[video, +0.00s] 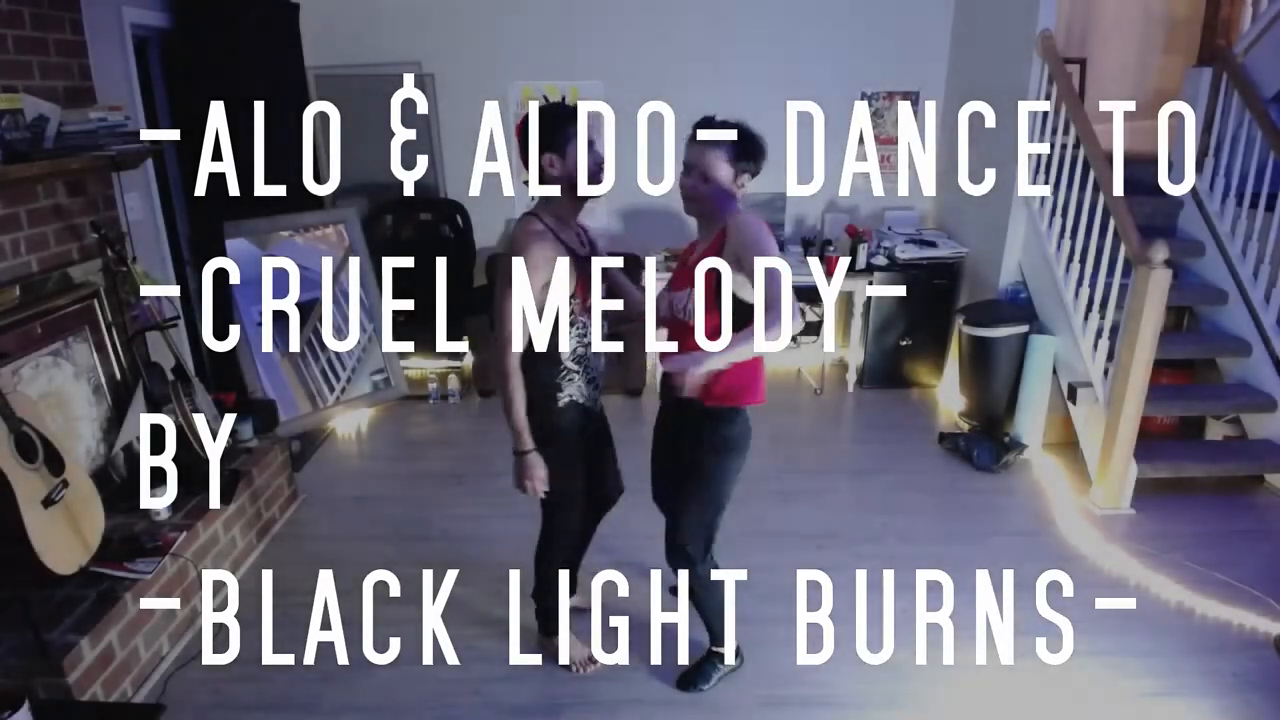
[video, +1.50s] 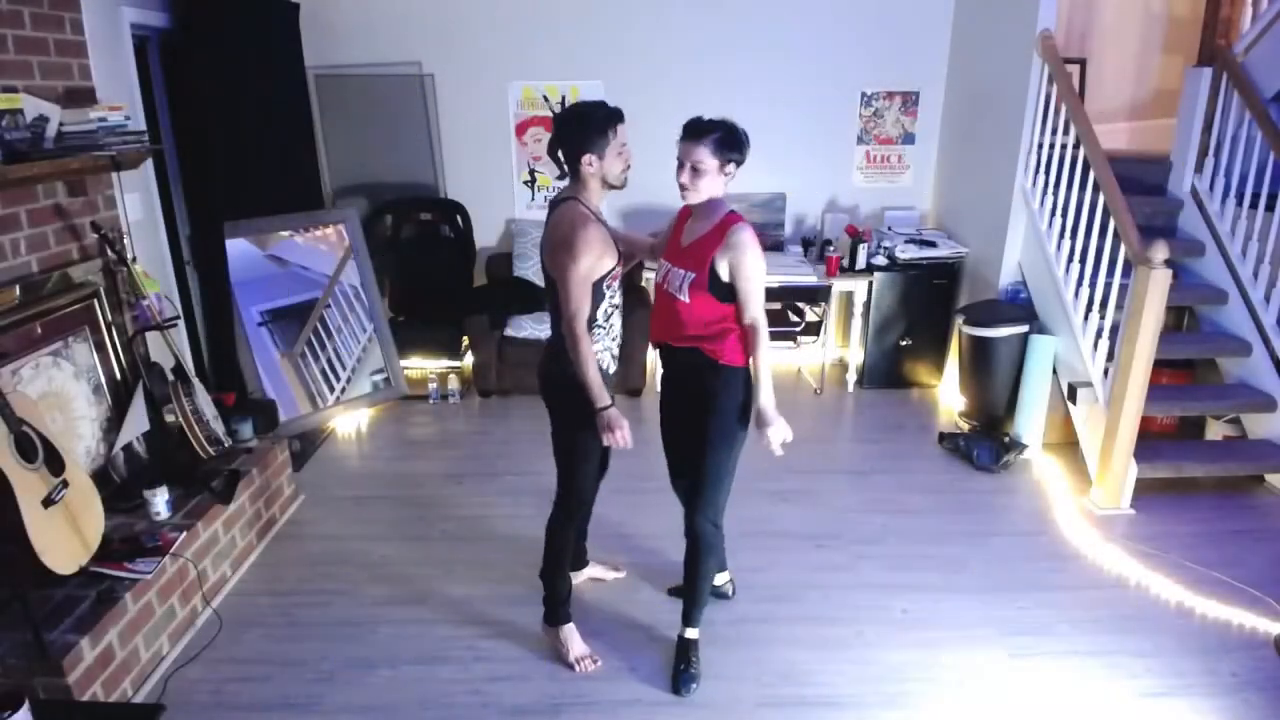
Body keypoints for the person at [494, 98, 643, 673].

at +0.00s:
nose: (600, 161)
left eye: (599, 148)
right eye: (587, 149)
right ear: (552, 160)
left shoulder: (576, 232)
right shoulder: (531, 240)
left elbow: (613, 300)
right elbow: (509, 353)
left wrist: (658, 305)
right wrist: (524, 447)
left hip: (584, 400)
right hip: (551, 406)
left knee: (604, 491)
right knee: (564, 521)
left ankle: (552, 594)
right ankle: (554, 636)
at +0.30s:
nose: (600, 161)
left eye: (599, 149)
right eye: (585, 150)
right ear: (547, 165)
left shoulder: (568, 229)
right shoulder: (539, 243)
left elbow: (577, 314)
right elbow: (521, 354)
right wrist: (533, 448)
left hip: (577, 396)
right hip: (553, 405)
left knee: (603, 472)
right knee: (554, 526)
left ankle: (574, 558)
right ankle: (552, 635)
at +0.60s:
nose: (603, 159)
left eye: (603, 148)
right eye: (591, 149)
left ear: (583, 161)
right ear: (558, 163)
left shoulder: (578, 221)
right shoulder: (549, 235)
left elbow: (584, 293)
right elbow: (543, 345)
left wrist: (620, 290)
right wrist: (586, 428)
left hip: (588, 383)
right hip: (559, 389)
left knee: (579, 496)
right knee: (559, 514)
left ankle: (575, 582)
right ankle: (555, 637)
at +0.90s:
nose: (606, 160)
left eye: (604, 150)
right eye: (595, 151)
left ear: (579, 163)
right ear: (565, 163)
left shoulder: (575, 219)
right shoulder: (557, 236)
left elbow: (594, 268)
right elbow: (550, 345)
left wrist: (637, 268)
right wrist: (587, 416)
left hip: (584, 375)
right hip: (566, 383)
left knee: (578, 486)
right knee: (596, 499)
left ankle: (570, 571)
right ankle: (555, 620)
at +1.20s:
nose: (618, 161)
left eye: (615, 150)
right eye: (610, 151)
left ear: (566, 160)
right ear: (589, 161)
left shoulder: (563, 216)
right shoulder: (574, 231)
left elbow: (602, 260)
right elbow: (562, 335)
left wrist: (650, 256)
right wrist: (591, 409)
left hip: (565, 368)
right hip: (573, 375)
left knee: (575, 478)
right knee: (600, 494)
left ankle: (572, 568)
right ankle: (558, 614)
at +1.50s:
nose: (629, 156)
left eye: (626, 144)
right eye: (620, 147)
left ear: (582, 158)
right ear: (590, 158)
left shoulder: (578, 212)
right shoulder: (579, 228)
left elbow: (614, 252)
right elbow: (574, 328)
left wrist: (645, 250)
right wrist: (603, 406)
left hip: (579, 364)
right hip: (575, 373)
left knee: (588, 473)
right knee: (574, 495)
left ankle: (572, 560)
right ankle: (558, 617)